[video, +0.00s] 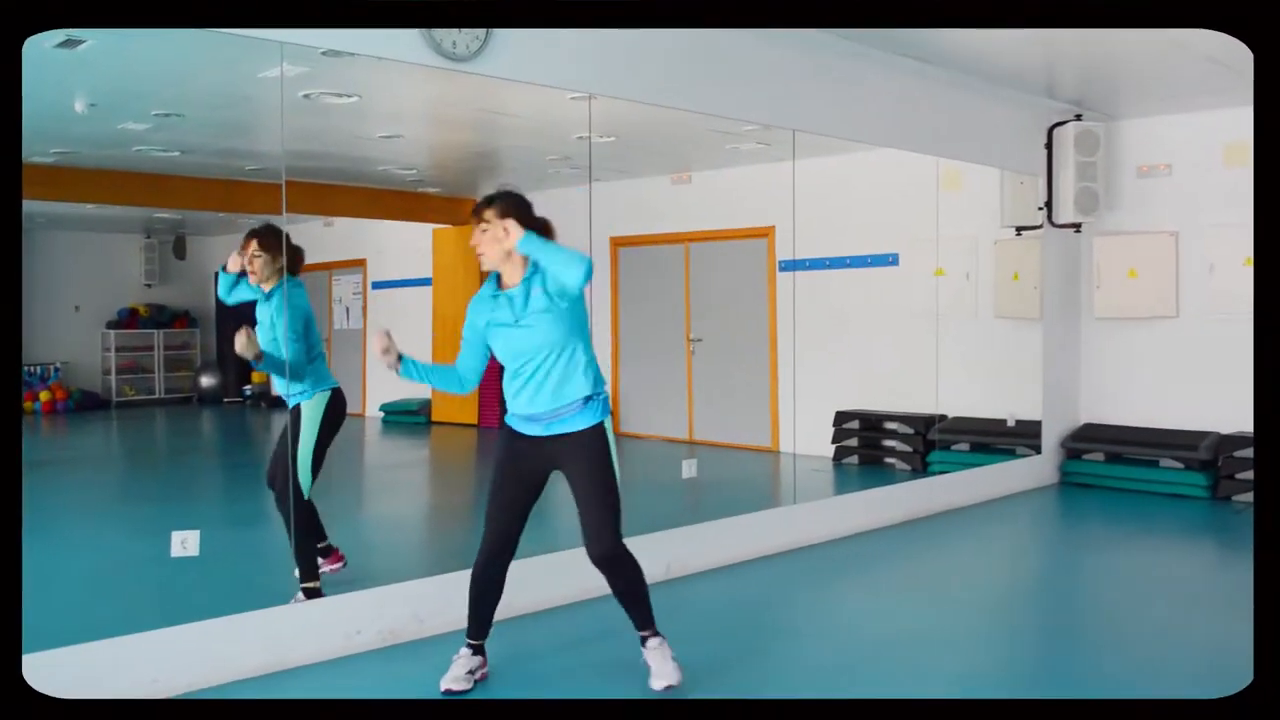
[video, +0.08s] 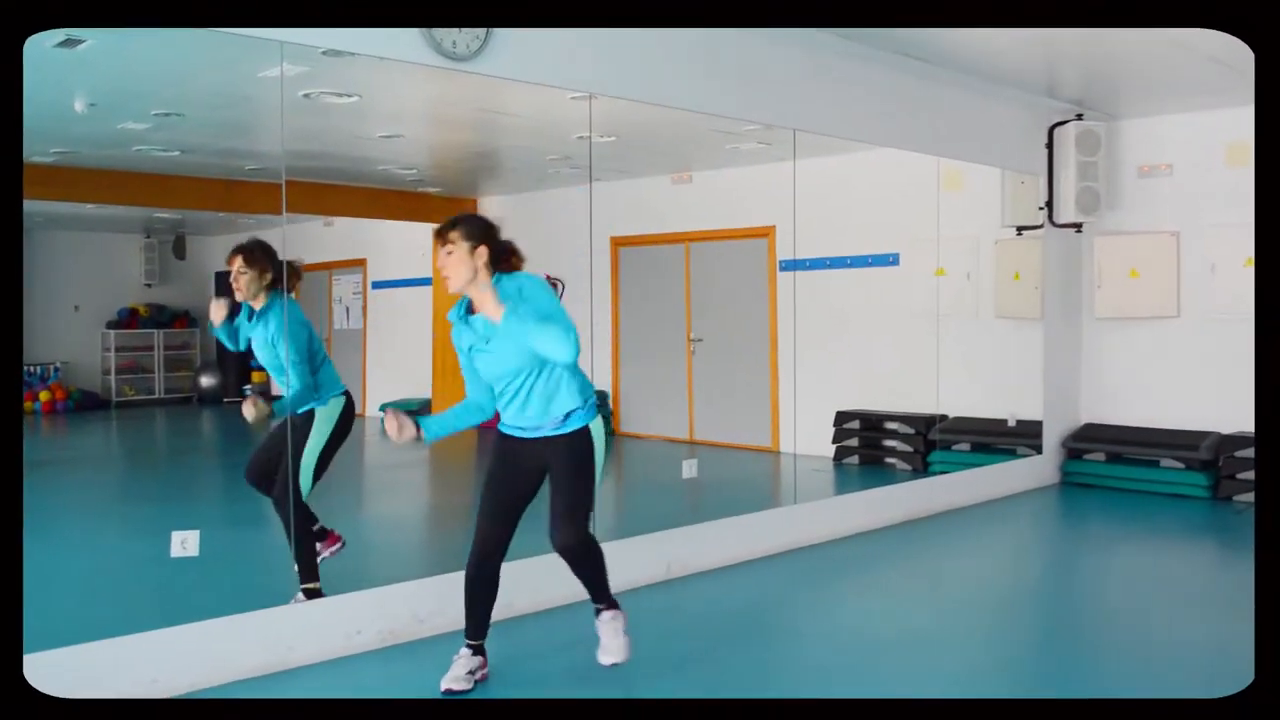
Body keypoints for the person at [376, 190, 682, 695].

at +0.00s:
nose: (474, 242)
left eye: (484, 231)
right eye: (474, 232)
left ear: (515, 234)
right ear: (483, 239)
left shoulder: (554, 277)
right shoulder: (483, 305)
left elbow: (579, 270)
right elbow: (465, 377)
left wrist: (525, 239)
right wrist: (401, 362)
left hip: (582, 430)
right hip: (521, 435)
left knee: (604, 547)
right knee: (494, 548)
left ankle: (652, 642)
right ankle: (473, 653)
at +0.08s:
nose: (440, 263)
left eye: (449, 251)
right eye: (439, 253)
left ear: (480, 255)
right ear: (462, 260)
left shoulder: (528, 288)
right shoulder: (462, 323)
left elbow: (566, 348)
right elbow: (481, 401)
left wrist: (500, 312)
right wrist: (421, 428)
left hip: (572, 430)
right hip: (516, 436)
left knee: (569, 536)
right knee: (486, 547)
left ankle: (607, 611)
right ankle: (473, 651)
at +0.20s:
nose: (407, 305)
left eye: (415, 294)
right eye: (406, 296)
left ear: (448, 295)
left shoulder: (495, 331)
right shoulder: (446, 360)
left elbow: (531, 416)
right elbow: (475, 437)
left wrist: (470, 464)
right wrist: (460, 505)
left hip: (567, 440)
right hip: (516, 445)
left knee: (514, 531)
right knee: (475, 539)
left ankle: (550, 594)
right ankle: (472, 653)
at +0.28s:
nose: (398, 326)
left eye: (404, 314)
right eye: (395, 317)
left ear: (437, 313)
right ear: (428, 317)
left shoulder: (481, 349)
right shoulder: (440, 369)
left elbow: (495, 439)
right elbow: (460, 444)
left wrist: (475, 517)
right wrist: (472, 514)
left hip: (564, 453)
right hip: (514, 455)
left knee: (499, 554)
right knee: (470, 546)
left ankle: (527, 613)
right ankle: (473, 654)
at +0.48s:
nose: (411, 312)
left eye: (418, 300)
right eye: (407, 304)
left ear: (451, 298)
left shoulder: (490, 329)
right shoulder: (444, 361)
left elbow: (480, 413)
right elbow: (471, 426)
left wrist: (431, 469)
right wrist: (452, 500)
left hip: (560, 454)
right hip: (508, 460)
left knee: (549, 569)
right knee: (482, 566)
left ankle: (538, 629)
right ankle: (475, 655)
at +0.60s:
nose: (460, 279)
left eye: (469, 267)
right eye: (452, 272)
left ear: (496, 269)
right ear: (447, 281)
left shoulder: (527, 301)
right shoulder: (464, 338)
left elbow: (504, 346)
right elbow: (462, 411)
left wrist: (442, 376)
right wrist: (413, 449)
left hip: (573, 446)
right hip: (513, 452)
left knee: (608, 553)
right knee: (490, 561)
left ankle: (615, 630)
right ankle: (476, 654)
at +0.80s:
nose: (566, 226)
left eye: (573, 215)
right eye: (557, 218)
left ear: (591, 221)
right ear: (546, 228)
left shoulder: (614, 267)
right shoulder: (530, 286)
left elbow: (617, 215)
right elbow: (463, 325)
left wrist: (539, 209)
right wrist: (392, 305)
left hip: (629, 429)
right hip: (564, 436)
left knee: (671, 548)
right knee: (525, 544)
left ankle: (710, 662)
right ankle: (477, 646)